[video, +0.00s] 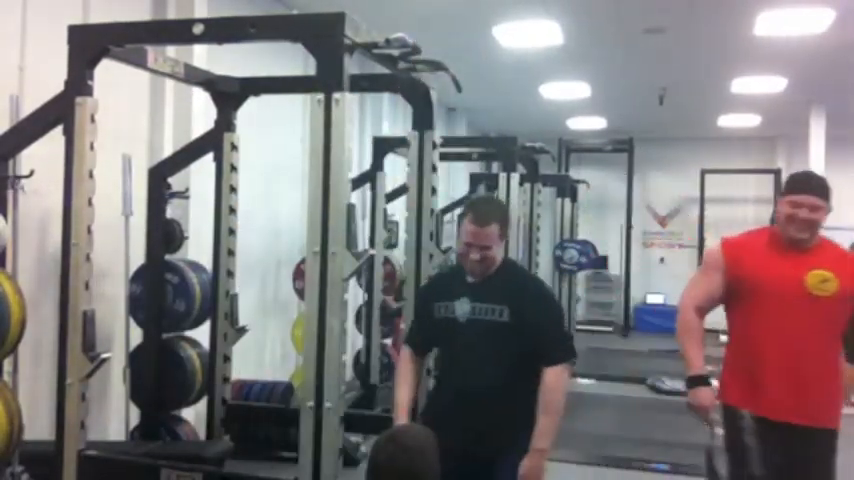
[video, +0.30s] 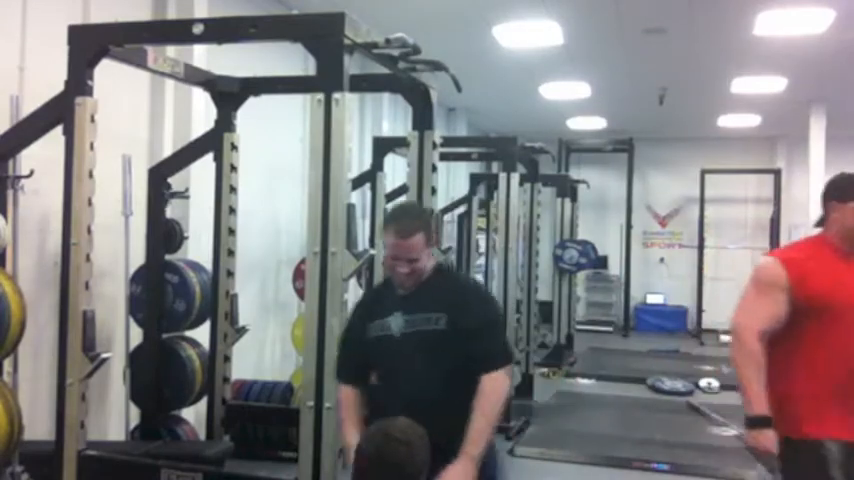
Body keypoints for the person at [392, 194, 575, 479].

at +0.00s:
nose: (475, 256)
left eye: (486, 248)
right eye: (468, 246)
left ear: (503, 243)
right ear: (458, 239)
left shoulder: (533, 296)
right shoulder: (437, 290)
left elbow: (556, 370)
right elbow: (412, 353)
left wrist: (538, 453)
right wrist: (402, 425)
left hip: (507, 443)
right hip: (443, 439)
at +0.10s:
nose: (455, 260)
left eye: (466, 252)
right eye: (449, 251)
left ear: (486, 246)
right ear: (440, 242)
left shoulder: (515, 298)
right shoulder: (421, 294)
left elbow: (542, 373)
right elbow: (399, 362)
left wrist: (524, 458)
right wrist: (391, 433)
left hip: (491, 453)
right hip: (427, 450)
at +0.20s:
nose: (431, 266)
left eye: (440, 257)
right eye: (423, 256)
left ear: (461, 251)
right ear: (414, 248)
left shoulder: (493, 301)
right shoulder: (396, 301)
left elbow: (518, 379)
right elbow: (377, 372)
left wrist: (498, 462)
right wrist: (378, 441)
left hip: (476, 459)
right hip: (411, 457)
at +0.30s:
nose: (403, 270)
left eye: (413, 261)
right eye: (394, 260)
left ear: (432, 247)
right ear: (384, 251)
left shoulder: (469, 298)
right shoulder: (370, 307)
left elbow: (497, 376)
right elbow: (350, 383)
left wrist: (468, 461)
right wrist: (356, 456)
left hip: (456, 457)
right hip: (391, 459)